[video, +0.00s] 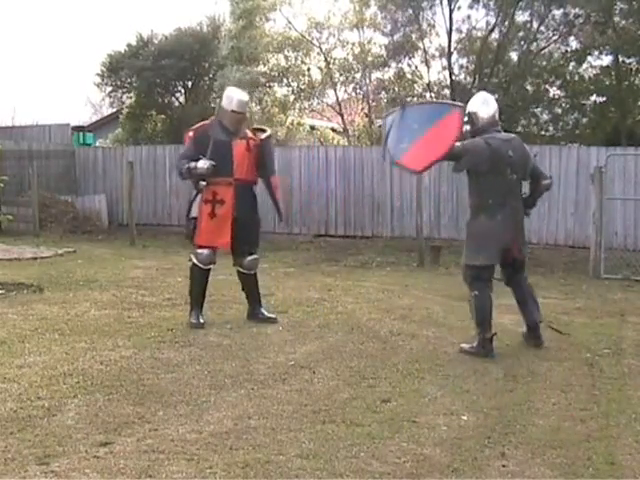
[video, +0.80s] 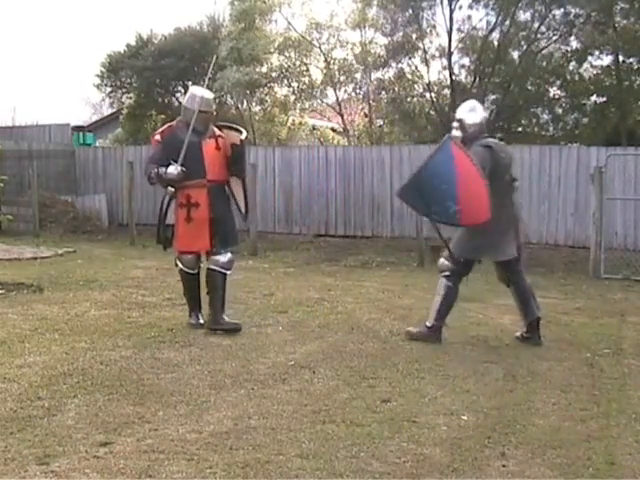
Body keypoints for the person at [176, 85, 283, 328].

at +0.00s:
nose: (239, 118)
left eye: (243, 113)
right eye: (235, 113)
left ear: (247, 113)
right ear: (223, 110)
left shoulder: (252, 138)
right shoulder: (204, 133)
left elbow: (265, 173)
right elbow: (182, 165)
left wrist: (264, 144)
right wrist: (194, 168)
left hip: (244, 200)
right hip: (212, 200)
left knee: (248, 259)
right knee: (204, 255)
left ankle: (255, 308)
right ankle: (196, 310)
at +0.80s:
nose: (205, 118)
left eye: (209, 112)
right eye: (201, 112)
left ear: (213, 112)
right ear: (188, 111)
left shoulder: (218, 137)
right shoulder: (172, 136)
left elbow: (237, 173)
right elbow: (151, 168)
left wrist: (237, 147)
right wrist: (163, 173)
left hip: (218, 199)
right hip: (188, 201)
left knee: (222, 256)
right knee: (189, 257)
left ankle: (217, 315)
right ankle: (194, 311)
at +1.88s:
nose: (179, 119)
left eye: (182, 115)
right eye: (175, 113)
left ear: (183, 116)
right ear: (161, 110)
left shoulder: (183, 141)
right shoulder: (139, 136)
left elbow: (195, 174)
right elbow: (120, 167)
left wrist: (218, 157)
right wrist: (142, 171)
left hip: (181, 209)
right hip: (149, 208)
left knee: (197, 268)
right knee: (139, 266)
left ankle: (209, 321)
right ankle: (126, 325)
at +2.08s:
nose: (171, 121)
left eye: (175, 116)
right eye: (167, 115)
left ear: (177, 116)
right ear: (154, 110)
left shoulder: (176, 140)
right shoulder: (131, 136)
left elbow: (188, 173)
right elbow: (113, 167)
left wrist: (208, 154)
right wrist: (132, 176)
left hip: (176, 208)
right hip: (144, 209)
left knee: (197, 265)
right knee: (138, 266)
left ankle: (204, 320)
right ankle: (126, 325)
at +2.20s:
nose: (177, 122)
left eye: (180, 117)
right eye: (173, 115)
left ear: (181, 116)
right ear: (157, 111)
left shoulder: (178, 140)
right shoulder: (134, 137)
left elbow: (189, 172)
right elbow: (114, 166)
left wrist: (211, 156)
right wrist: (135, 177)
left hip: (179, 211)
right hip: (147, 211)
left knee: (198, 266)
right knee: (140, 266)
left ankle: (199, 321)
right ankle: (126, 325)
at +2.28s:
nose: (180, 119)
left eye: (183, 114)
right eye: (176, 114)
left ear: (183, 115)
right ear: (160, 111)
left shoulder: (182, 140)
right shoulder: (137, 136)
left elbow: (194, 172)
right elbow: (119, 169)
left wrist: (214, 155)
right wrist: (142, 180)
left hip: (182, 209)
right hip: (151, 210)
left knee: (199, 267)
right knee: (143, 266)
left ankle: (200, 321)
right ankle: (126, 325)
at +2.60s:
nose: (200, 119)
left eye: (202, 114)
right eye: (195, 113)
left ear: (203, 114)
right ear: (179, 110)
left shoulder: (201, 140)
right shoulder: (156, 137)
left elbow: (210, 171)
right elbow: (141, 170)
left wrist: (232, 155)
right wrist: (163, 179)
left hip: (202, 210)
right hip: (169, 209)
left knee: (209, 266)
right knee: (162, 265)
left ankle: (201, 322)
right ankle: (133, 323)